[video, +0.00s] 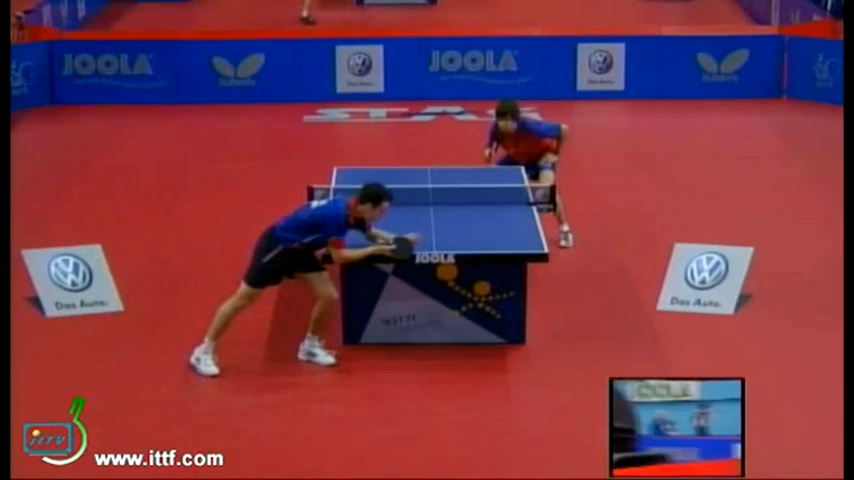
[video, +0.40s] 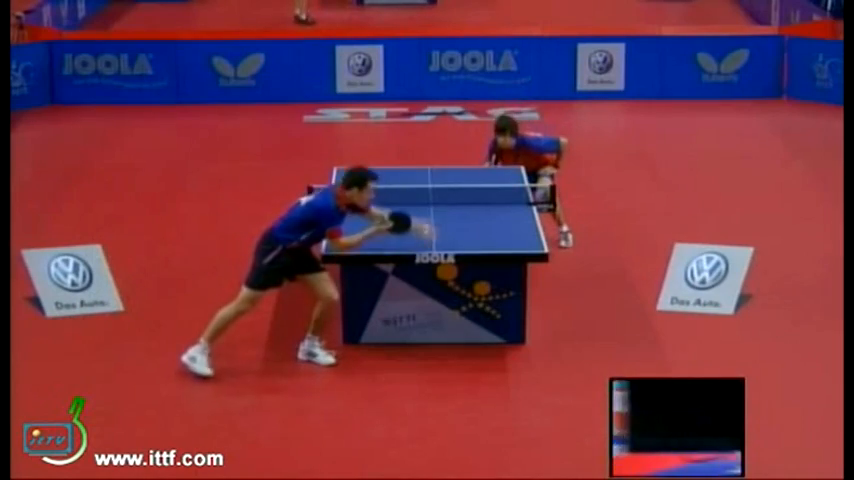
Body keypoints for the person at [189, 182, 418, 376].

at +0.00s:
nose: (380, 215)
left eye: (382, 211)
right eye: (379, 210)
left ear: (365, 206)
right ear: (363, 205)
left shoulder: (354, 215)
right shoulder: (336, 217)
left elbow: (369, 234)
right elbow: (337, 257)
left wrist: (395, 241)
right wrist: (375, 251)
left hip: (303, 250)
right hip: (275, 245)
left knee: (328, 296)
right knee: (243, 299)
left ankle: (311, 346)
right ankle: (205, 349)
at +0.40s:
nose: (368, 198)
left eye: (369, 193)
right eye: (366, 193)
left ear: (351, 190)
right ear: (349, 190)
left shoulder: (343, 198)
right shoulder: (327, 208)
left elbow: (371, 214)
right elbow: (339, 246)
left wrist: (406, 226)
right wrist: (374, 231)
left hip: (300, 251)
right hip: (274, 249)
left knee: (329, 297)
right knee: (244, 303)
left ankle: (311, 346)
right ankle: (199, 350)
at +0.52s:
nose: (358, 188)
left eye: (357, 184)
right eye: (354, 184)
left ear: (340, 183)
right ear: (337, 184)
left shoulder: (331, 191)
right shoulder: (318, 207)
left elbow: (370, 186)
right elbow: (337, 242)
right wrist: (369, 222)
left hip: (298, 252)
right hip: (273, 251)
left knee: (329, 297)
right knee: (242, 307)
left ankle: (311, 345)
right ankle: (196, 354)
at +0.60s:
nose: (348, 185)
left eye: (348, 179)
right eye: (344, 180)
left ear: (331, 180)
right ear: (328, 182)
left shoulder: (324, 188)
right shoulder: (309, 208)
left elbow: (364, 165)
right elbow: (327, 243)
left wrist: (396, 143)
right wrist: (356, 231)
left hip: (294, 253)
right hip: (269, 255)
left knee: (330, 297)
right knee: (243, 312)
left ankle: (310, 345)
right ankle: (194, 357)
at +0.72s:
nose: (332, 178)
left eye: (331, 174)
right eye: (327, 175)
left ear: (314, 181)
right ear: (313, 183)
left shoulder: (314, 191)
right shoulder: (297, 211)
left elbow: (341, 157)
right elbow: (301, 252)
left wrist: (372, 131)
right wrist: (334, 252)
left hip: (288, 257)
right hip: (263, 262)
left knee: (328, 297)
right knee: (242, 318)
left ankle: (311, 345)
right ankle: (192, 360)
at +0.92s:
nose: (309, 175)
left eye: (307, 169)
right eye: (304, 172)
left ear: (294, 180)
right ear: (292, 181)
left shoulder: (294, 192)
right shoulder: (274, 212)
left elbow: (310, 164)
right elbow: (260, 247)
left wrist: (339, 152)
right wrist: (296, 264)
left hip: (276, 256)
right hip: (252, 262)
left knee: (319, 294)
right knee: (237, 322)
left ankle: (310, 345)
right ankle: (187, 362)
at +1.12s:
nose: (301, 170)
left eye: (298, 166)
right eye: (295, 168)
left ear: (285, 180)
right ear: (282, 180)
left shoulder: (285, 190)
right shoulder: (259, 206)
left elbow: (297, 177)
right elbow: (238, 239)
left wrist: (315, 173)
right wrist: (267, 262)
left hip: (267, 252)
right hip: (242, 257)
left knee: (308, 292)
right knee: (228, 321)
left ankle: (309, 344)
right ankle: (184, 363)